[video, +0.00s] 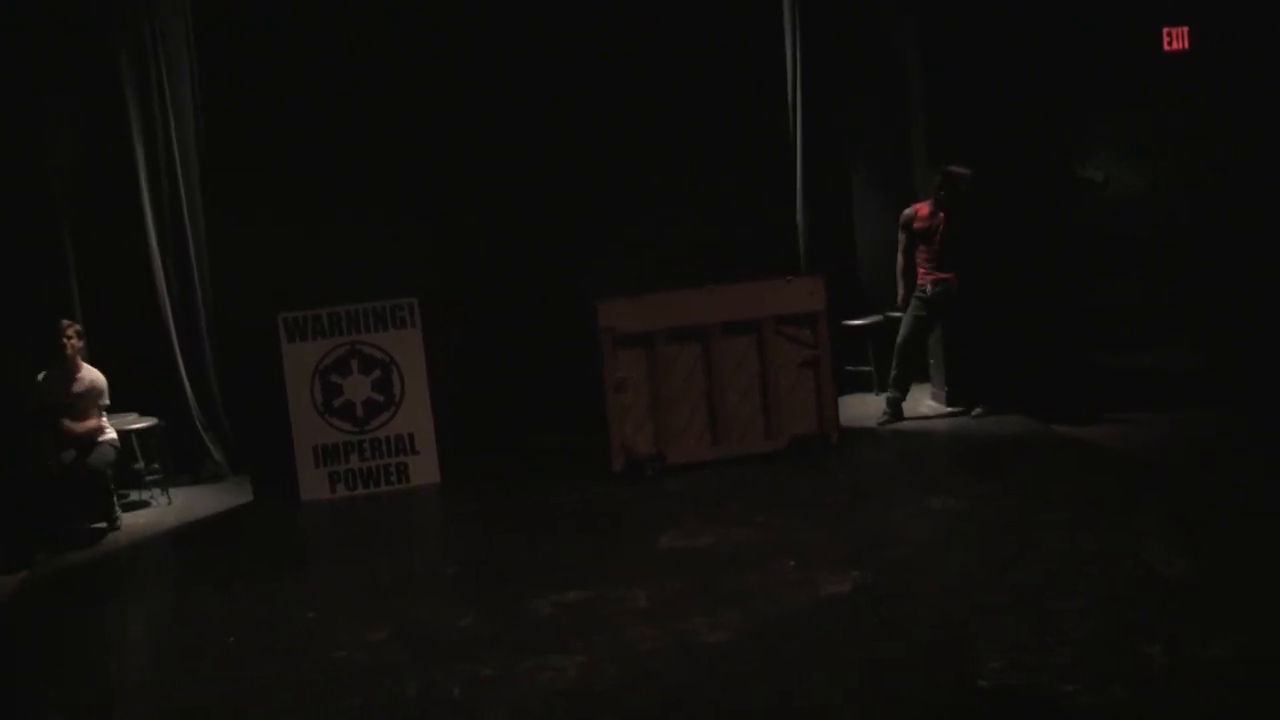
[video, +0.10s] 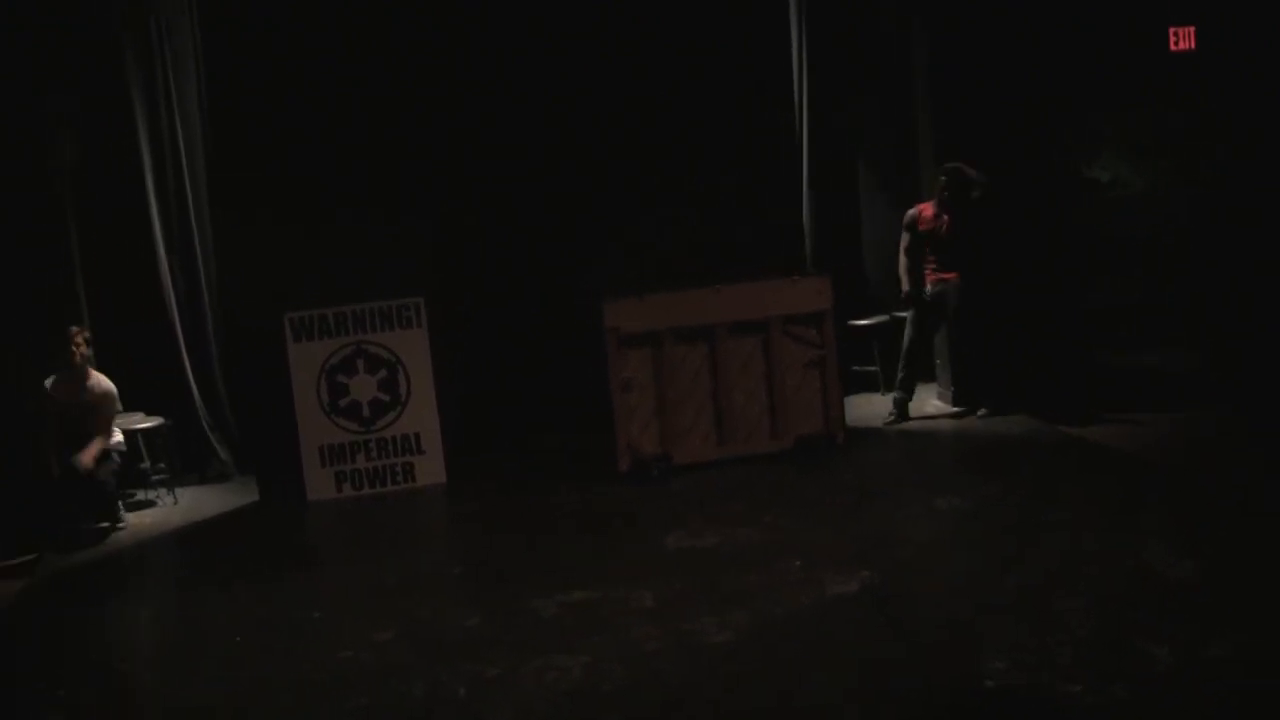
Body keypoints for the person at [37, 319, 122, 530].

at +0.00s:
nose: (65, 343)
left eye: (70, 338)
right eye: (61, 338)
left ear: (80, 343)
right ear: (56, 343)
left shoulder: (95, 379)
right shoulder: (46, 380)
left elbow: (97, 421)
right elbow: (47, 418)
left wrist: (74, 428)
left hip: (98, 436)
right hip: (67, 441)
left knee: (95, 466)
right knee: (60, 470)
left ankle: (111, 513)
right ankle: (70, 521)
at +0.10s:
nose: (74, 351)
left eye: (79, 345)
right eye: (70, 346)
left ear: (88, 350)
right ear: (63, 351)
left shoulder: (104, 388)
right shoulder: (51, 387)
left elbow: (104, 431)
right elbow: (50, 425)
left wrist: (88, 454)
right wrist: (52, 454)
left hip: (101, 439)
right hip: (67, 440)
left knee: (99, 474)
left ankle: (112, 514)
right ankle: (68, 524)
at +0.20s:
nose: (83, 364)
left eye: (87, 358)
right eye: (78, 359)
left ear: (96, 363)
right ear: (72, 363)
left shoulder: (114, 398)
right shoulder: (58, 398)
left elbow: (125, 434)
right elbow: (53, 436)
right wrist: (57, 474)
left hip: (103, 448)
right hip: (71, 449)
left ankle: (118, 507)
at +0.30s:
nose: (88, 365)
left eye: (93, 359)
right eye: (84, 360)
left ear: (101, 363)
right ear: (77, 364)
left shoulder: (120, 392)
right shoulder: (66, 397)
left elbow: (133, 429)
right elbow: (58, 434)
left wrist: (124, 462)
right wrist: (60, 467)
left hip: (111, 439)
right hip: (81, 439)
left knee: (112, 473)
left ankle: (126, 510)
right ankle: (82, 518)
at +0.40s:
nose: (90, 344)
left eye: (95, 337)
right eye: (86, 338)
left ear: (104, 340)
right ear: (79, 341)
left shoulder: (122, 368)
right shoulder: (69, 373)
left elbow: (133, 404)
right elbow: (61, 409)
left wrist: (132, 435)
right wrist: (70, 433)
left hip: (115, 426)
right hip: (83, 429)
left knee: (120, 468)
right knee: (90, 474)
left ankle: (130, 510)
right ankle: (97, 521)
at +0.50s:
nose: (88, 297)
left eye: (91, 290)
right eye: (83, 291)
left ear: (100, 294)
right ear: (76, 297)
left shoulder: (121, 327)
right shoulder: (66, 331)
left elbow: (131, 366)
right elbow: (55, 373)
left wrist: (132, 399)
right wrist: (71, 397)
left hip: (116, 405)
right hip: (84, 408)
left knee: (121, 460)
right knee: (92, 465)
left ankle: (134, 511)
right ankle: (100, 521)